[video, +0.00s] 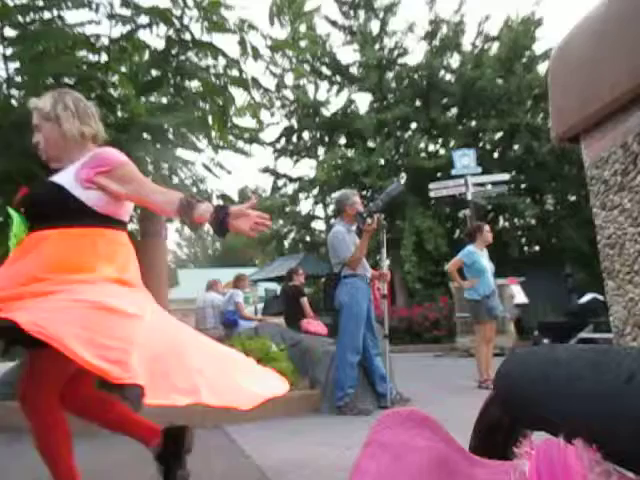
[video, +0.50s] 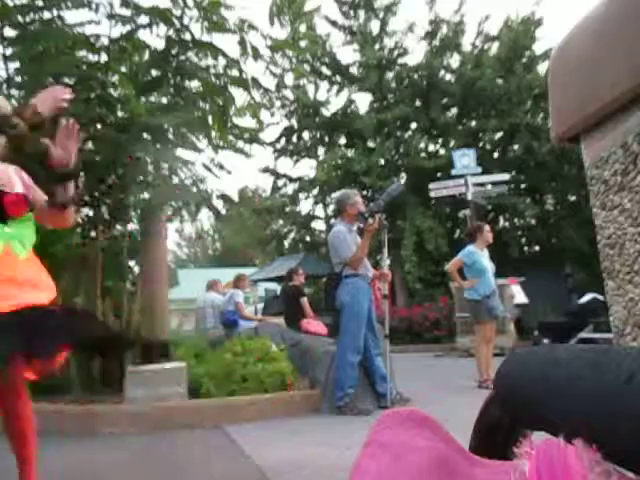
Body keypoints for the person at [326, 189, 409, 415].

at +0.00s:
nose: (362, 207)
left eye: (361, 203)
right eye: (358, 203)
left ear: (351, 208)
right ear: (347, 208)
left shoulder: (352, 232)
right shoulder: (338, 233)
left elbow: (358, 265)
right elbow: (353, 262)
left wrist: (375, 273)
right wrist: (367, 235)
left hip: (363, 284)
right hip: (351, 284)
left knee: (370, 344)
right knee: (350, 345)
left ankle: (386, 393)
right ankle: (344, 398)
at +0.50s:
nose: (363, 207)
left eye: (362, 203)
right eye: (359, 203)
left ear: (352, 208)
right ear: (347, 208)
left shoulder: (353, 231)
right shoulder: (339, 233)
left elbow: (360, 263)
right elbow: (354, 261)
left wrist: (375, 273)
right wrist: (368, 235)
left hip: (364, 283)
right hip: (353, 284)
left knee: (371, 343)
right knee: (351, 344)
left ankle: (386, 393)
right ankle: (344, 398)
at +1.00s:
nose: (363, 208)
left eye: (362, 204)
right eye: (359, 204)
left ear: (351, 207)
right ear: (347, 207)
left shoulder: (353, 232)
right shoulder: (339, 233)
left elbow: (359, 264)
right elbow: (353, 262)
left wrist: (376, 273)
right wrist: (368, 236)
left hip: (364, 285)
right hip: (352, 285)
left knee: (371, 344)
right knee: (351, 344)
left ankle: (386, 393)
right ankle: (345, 398)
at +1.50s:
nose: (360, 205)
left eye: (358, 201)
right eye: (355, 202)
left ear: (348, 208)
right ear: (346, 208)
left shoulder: (351, 232)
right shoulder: (338, 233)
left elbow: (357, 264)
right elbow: (354, 261)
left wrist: (374, 273)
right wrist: (367, 235)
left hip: (363, 285)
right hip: (352, 285)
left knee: (370, 344)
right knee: (351, 345)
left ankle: (387, 394)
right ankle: (344, 399)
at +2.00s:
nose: (358, 204)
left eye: (356, 200)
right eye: (354, 201)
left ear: (346, 208)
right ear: (345, 207)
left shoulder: (349, 232)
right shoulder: (338, 232)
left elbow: (355, 265)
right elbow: (353, 261)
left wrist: (373, 273)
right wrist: (367, 234)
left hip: (362, 284)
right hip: (351, 284)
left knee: (371, 344)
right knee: (351, 344)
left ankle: (387, 393)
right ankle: (344, 398)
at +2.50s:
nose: (358, 204)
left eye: (356, 200)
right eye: (354, 201)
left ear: (345, 208)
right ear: (345, 207)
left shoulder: (348, 232)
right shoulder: (337, 232)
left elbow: (355, 265)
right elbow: (353, 261)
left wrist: (373, 273)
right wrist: (367, 234)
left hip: (361, 284)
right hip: (351, 284)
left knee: (370, 344)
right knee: (351, 345)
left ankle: (386, 393)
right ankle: (344, 397)